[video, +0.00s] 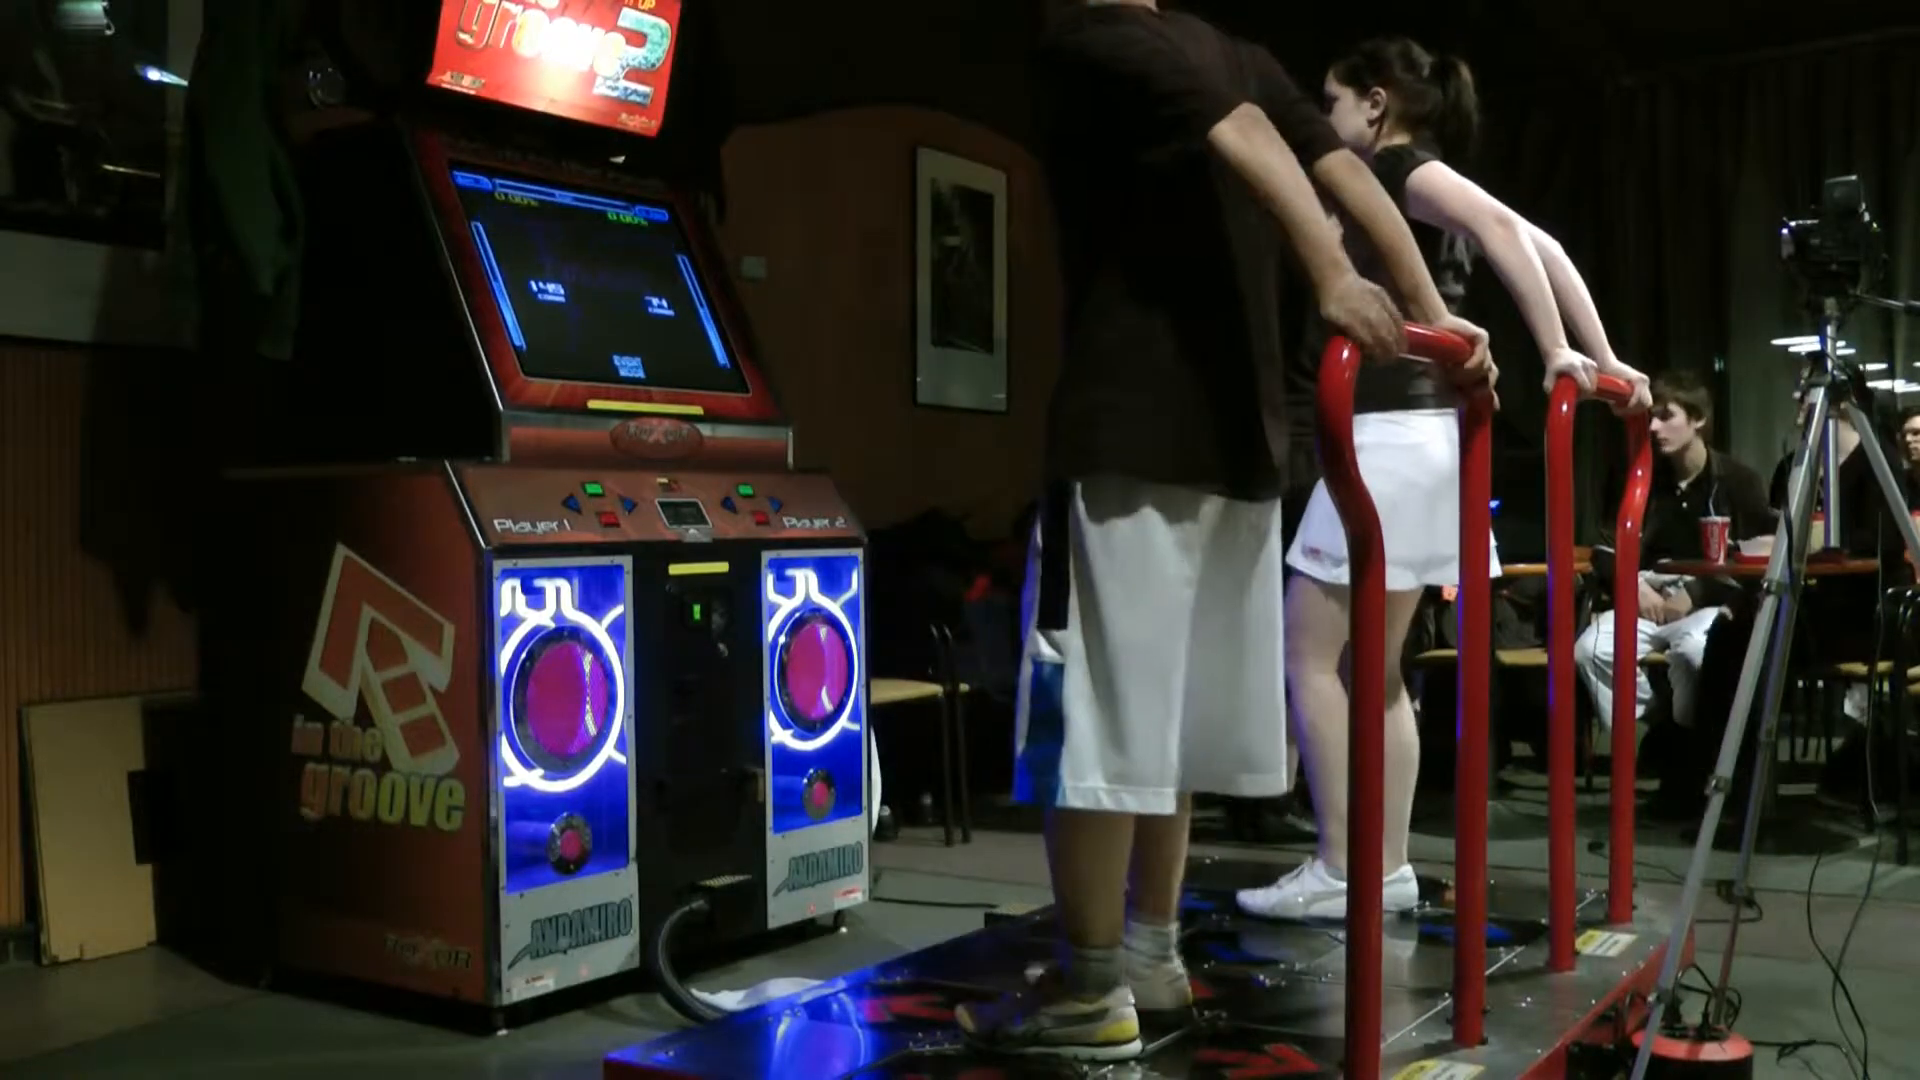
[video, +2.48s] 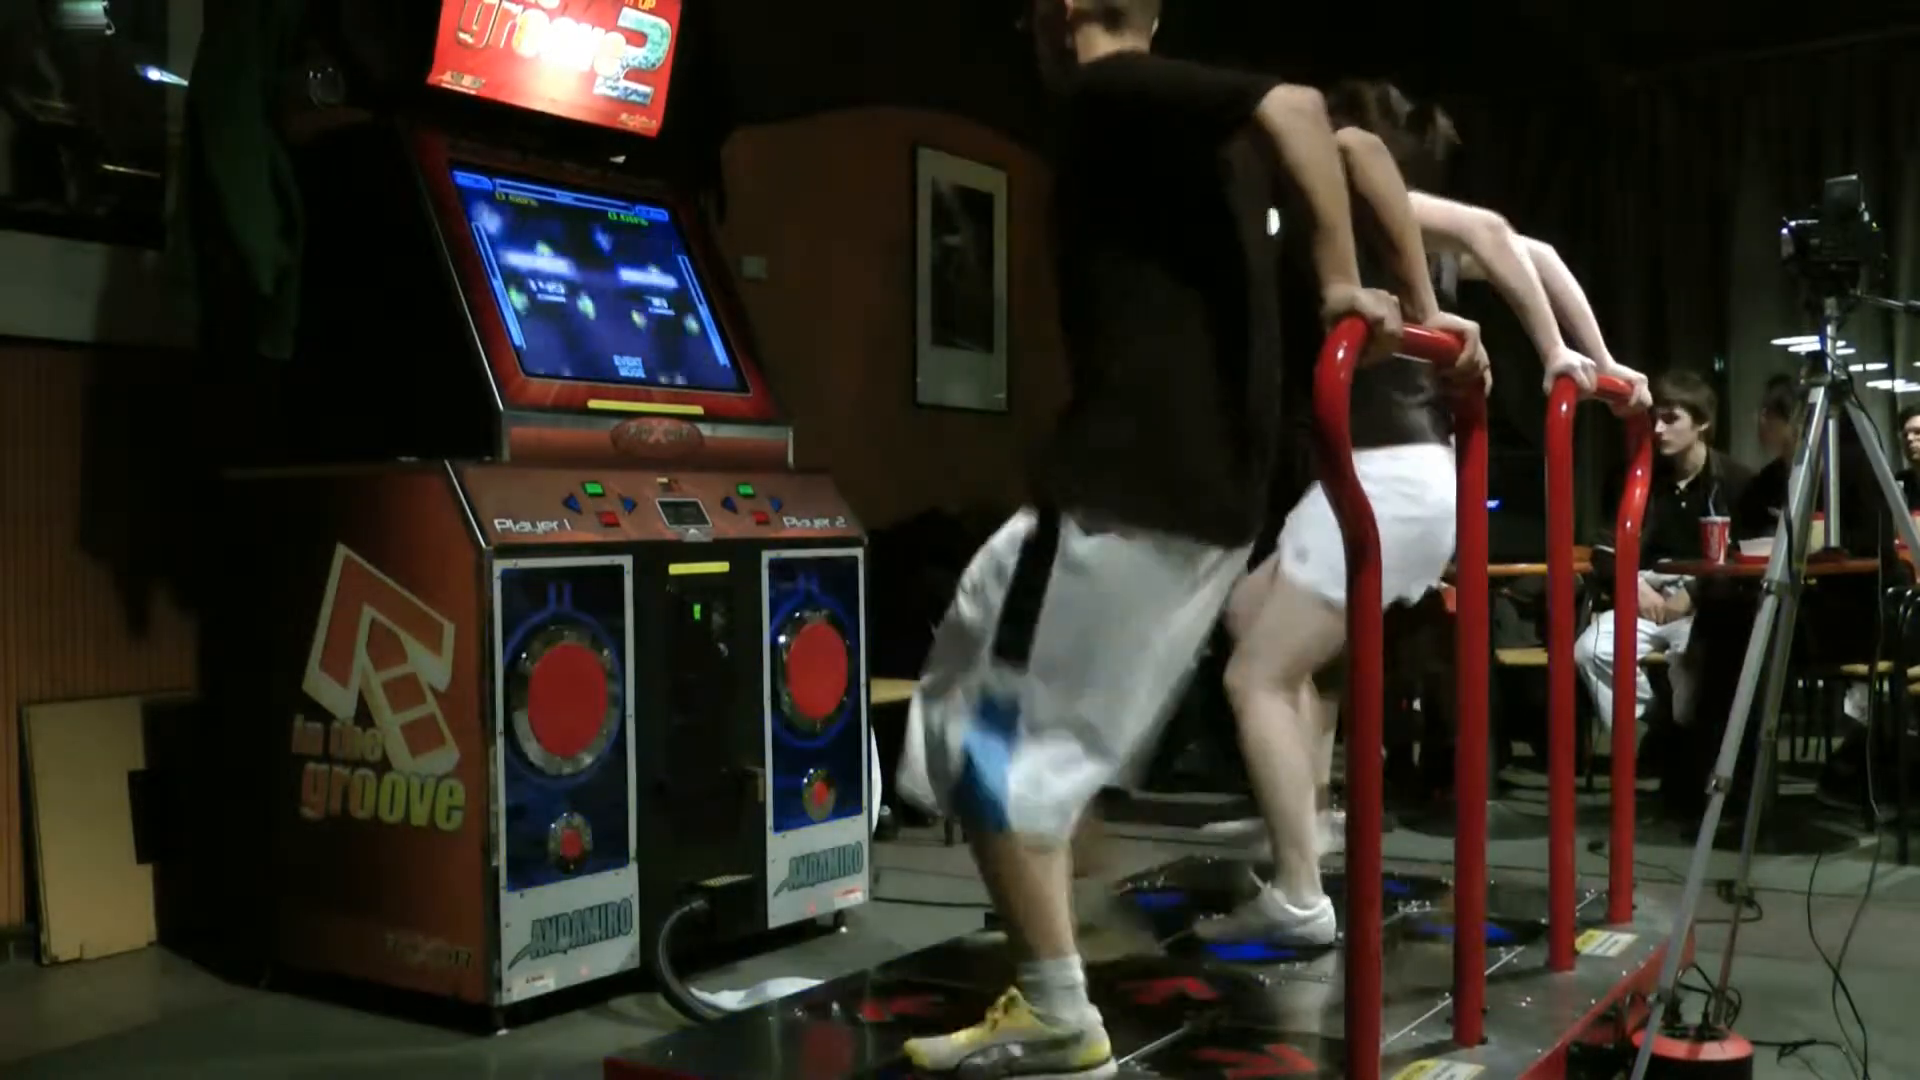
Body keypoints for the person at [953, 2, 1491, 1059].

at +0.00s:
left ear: (1085, 3)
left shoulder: (1085, 33)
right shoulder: (1244, 56)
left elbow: (1230, 120)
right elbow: (1358, 188)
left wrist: (1335, 276)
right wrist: (1435, 320)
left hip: (1136, 416)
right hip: (1244, 424)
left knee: (1108, 705)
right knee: (1175, 704)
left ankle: (1094, 991)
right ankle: (1154, 960)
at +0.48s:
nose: (1044, 13)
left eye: (1053, 10)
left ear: (1089, 0)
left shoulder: (1078, 60)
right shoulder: (1256, 71)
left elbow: (970, 179)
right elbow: (1365, 185)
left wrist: (1003, 62)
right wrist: (1432, 314)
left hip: (1109, 428)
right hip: (1231, 434)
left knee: (1081, 698)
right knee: (1184, 698)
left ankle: (1085, 977)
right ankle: (1154, 960)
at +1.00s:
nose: (1019, 15)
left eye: (1025, 13)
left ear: (1052, 1)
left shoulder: (1047, 56)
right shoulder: (1230, 61)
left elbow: (938, 194)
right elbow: (1358, 172)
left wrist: (973, 70)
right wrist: (1425, 309)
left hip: (1093, 427)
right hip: (1220, 431)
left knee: (1079, 710)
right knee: (1174, 700)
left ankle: (1087, 993)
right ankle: (1154, 956)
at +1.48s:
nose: (1068, 24)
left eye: (1069, 16)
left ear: (1087, 5)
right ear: (1164, 4)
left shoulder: (1095, 55)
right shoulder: (1245, 75)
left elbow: (1261, 125)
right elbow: (1353, 168)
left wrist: (1324, 264)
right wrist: (1422, 306)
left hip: (1127, 437)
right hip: (1238, 443)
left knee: (1085, 708)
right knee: (1169, 705)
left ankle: (1090, 986)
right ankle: (1152, 963)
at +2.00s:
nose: (1065, 27)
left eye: (1066, 15)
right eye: (1074, 17)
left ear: (1085, 12)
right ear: (1162, 12)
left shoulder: (1106, 75)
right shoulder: (1237, 82)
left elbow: (1280, 102)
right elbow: (1350, 141)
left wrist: (1343, 272)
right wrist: (1418, 299)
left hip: (1139, 455)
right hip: (1253, 463)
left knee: (1045, 719)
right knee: (1152, 715)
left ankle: (1066, 1009)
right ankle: (1174, 966)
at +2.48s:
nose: (1045, 40)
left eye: (1047, 25)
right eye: (1051, 27)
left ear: (1070, 19)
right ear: (1150, 23)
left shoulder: (1106, 91)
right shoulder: (1199, 100)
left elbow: (1291, 106)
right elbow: (1360, 144)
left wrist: (1342, 285)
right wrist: (1426, 317)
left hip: (1136, 476)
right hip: (1212, 482)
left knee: (987, 722)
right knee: (1062, 717)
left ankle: (1057, 1011)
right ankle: (1043, 973)